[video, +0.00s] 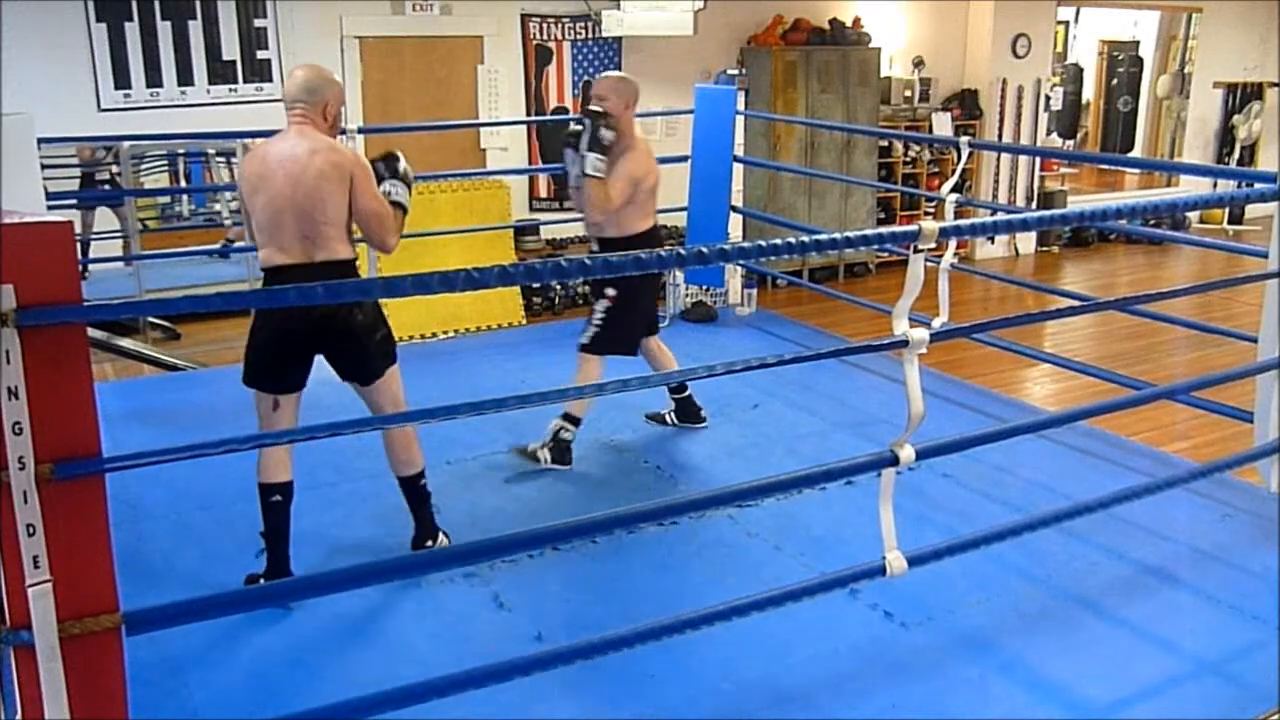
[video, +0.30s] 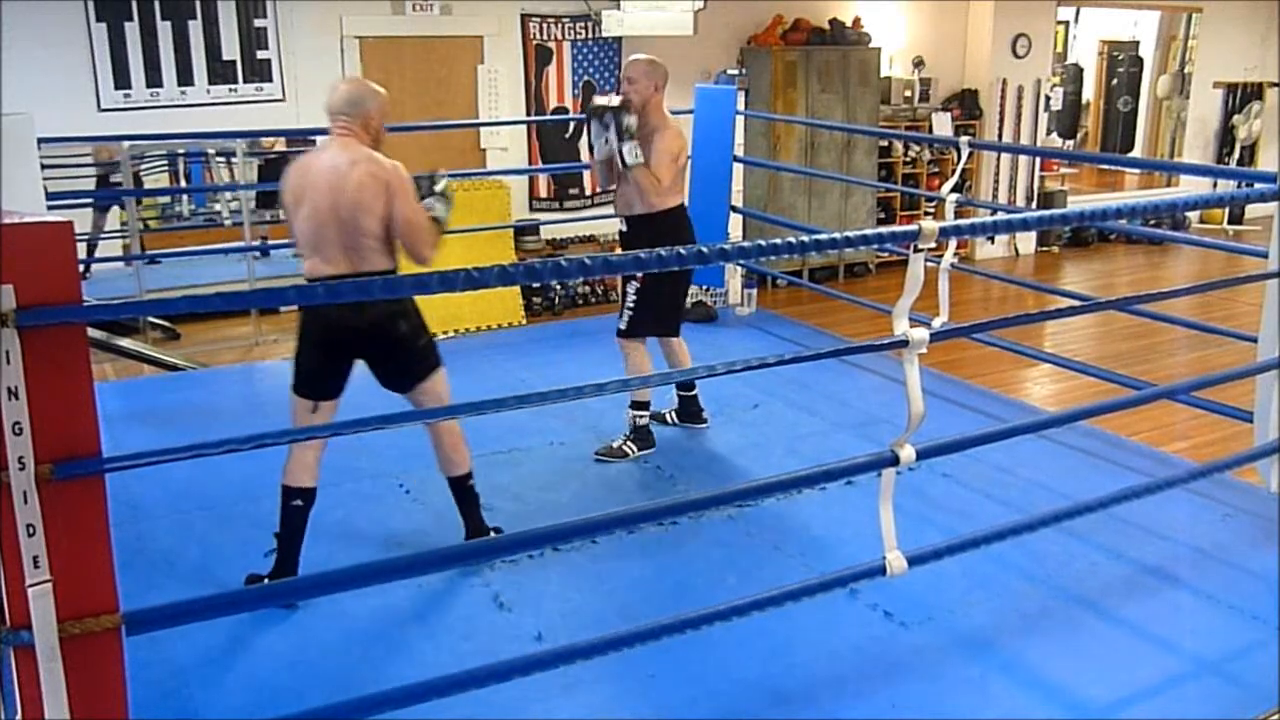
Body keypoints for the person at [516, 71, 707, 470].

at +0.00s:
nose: (592, 108)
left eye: (602, 101)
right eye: (592, 100)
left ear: (626, 106)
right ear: (596, 103)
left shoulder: (636, 158)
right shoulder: (610, 148)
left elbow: (599, 212)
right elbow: (584, 204)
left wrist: (594, 159)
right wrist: (574, 163)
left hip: (633, 261)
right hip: (619, 255)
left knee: (591, 350)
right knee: (644, 338)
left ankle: (561, 441)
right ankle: (686, 405)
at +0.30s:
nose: (623, 89)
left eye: (631, 82)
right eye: (622, 82)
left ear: (655, 88)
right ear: (625, 86)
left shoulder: (668, 134)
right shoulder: (629, 129)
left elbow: (657, 190)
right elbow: (606, 181)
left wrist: (627, 145)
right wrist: (601, 136)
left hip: (665, 236)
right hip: (642, 235)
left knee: (631, 336)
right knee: (666, 330)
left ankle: (640, 431)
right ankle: (690, 405)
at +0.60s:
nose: (627, 102)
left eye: (633, 94)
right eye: (625, 95)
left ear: (658, 93)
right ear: (641, 95)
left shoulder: (671, 141)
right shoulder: (644, 134)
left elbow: (627, 194)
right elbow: (608, 188)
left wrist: (622, 141)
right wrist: (603, 138)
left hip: (668, 239)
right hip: (648, 236)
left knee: (633, 337)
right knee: (666, 331)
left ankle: (644, 438)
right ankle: (690, 406)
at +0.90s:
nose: (613, 105)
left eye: (621, 98)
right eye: (610, 97)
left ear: (643, 98)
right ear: (613, 99)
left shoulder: (654, 143)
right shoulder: (627, 138)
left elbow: (602, 188)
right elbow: (601, 189)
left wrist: (606, 140)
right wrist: (588, 139)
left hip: (657, 242)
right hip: (639, 239)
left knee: (640, 344)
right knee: (651, 329)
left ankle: (647, 441)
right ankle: (672, 394)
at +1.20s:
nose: (605, 105)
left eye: (614, 98)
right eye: (604, 97)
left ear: (638, 103)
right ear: (609, 102)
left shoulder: (649, 148)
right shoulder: (615, 144)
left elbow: (649, 211)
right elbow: (590, 196)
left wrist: (610, 172)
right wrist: (586, 149)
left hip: (649, 245)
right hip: (621, 242)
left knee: (634, 337)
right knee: (626, 324)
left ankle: (641, 434)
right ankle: (656, 386)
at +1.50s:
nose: (591, 90)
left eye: (599, 83)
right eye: (588, 84)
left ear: (621, 85)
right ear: (586, 88)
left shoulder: (638, 128)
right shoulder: (589, 129)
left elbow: (639, 183)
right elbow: (575, 173)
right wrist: (568, 136)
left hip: (636, 220)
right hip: (605, 221)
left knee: (614, 315)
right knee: (607, 306)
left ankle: (638, 393)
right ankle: (645, 363)